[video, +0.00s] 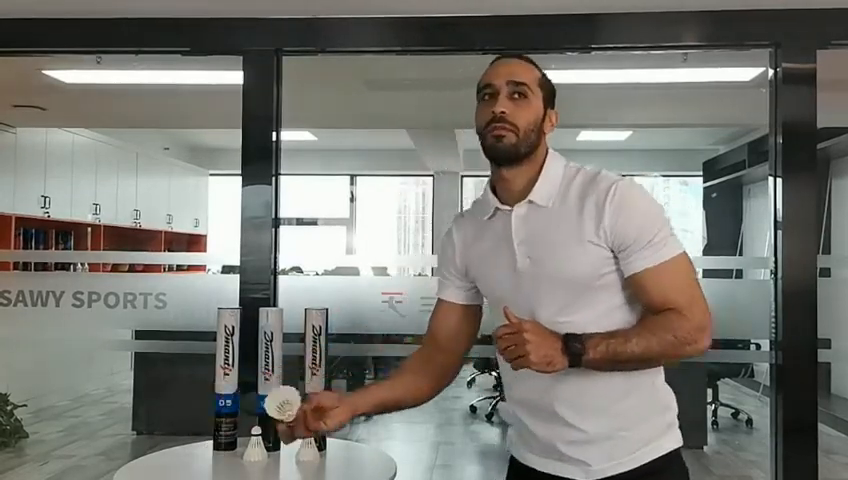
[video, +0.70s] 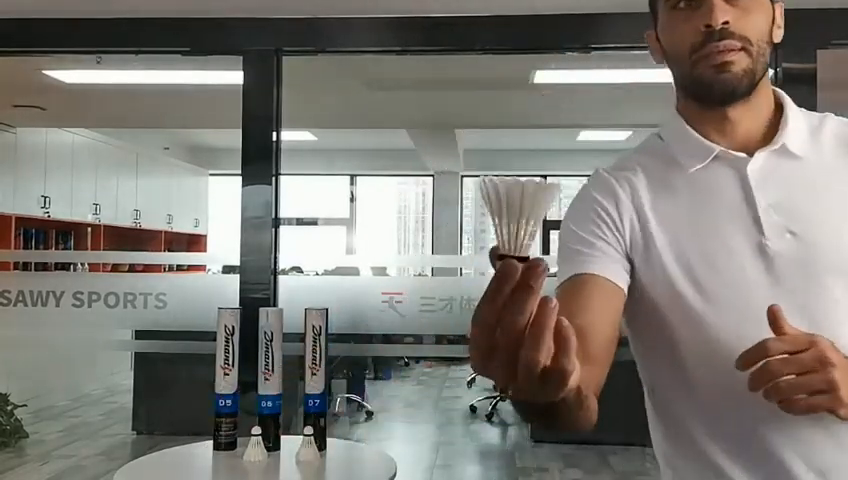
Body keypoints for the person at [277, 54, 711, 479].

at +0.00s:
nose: (498, 107)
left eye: (517, 95)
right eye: (487, 95)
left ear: (549, 119)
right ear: (476, 118)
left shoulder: (615, 202)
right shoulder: (466, 236)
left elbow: (691, 327)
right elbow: (435, 360)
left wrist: (568, 350)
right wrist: (352, 403)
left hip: (640, 461)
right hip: (535, 464)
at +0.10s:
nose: (547, 100)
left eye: (567, 87)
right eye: (532, 87)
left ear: (596, 112)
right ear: (517, 111)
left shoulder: (665, 207)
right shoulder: (497, 234)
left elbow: (739, 343)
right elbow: (470, 364)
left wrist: (617, 362)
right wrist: (395, 410)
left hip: (673, 463)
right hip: (562, 465)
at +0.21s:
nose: (595, 89)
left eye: (614, 75)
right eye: (577, 76)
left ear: (640, 99)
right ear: (556, 101)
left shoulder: (718, 200)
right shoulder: (530, 228)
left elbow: (796, 347)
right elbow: (502, 371)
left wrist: (674, 367)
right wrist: (445, 405)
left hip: (720, 467)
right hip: (599, 469)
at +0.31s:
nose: (633, 72)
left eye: (652, 56)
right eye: (612, 60)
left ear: (679, 84)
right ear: (589, 90)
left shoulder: (764, 189)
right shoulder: (556, 219)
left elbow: (840, 336)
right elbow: (530, 372)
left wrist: (732, 363)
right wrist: (486, 388)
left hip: (758, 466)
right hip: (625, 468)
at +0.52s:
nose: (683, 36)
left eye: (702, 16)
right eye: (657, 21)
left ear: (733, 41)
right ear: (629, 55)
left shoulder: (827, 161)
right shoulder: (595, 196)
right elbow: (565, 362)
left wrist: (805, 356)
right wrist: (527, 365)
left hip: (817, 466)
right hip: (669, 469)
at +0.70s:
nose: (717, 17)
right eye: (686, 3)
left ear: (776, 19)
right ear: (656, 43)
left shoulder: (841, 148)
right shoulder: (618, 195)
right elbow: (573, 413)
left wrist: (845, 384)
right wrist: (540, 394)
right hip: (708, 471)